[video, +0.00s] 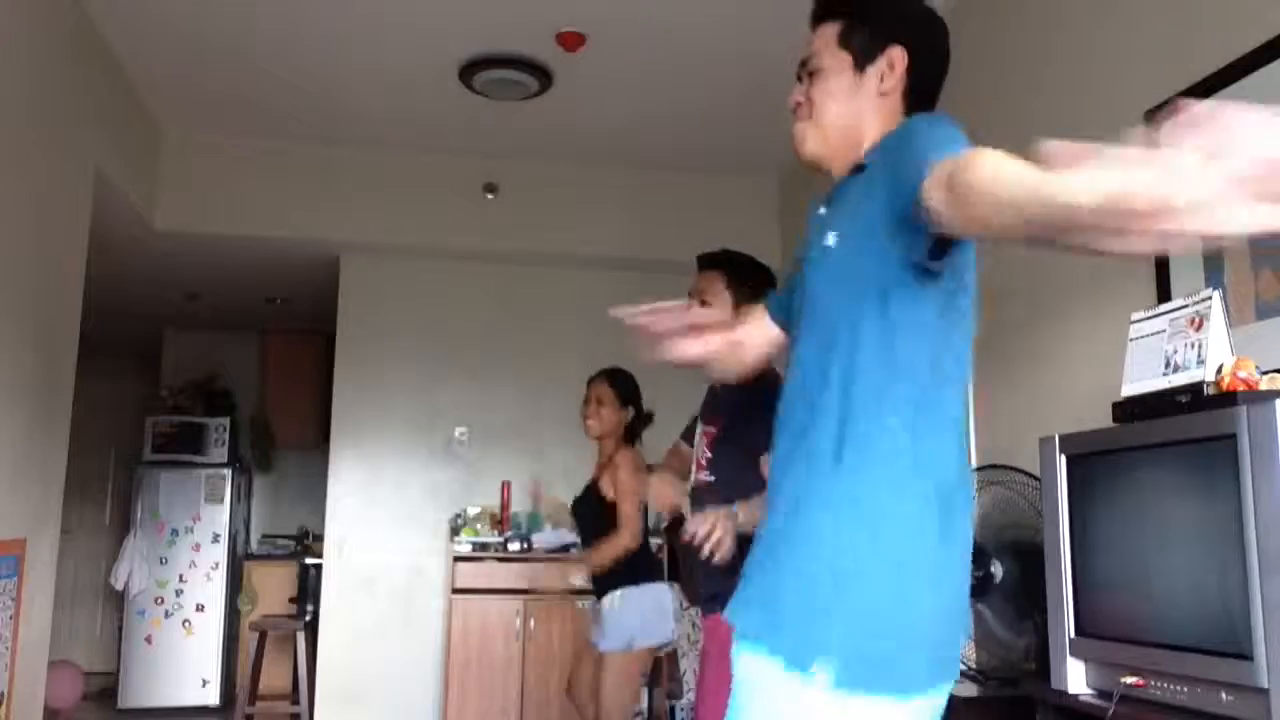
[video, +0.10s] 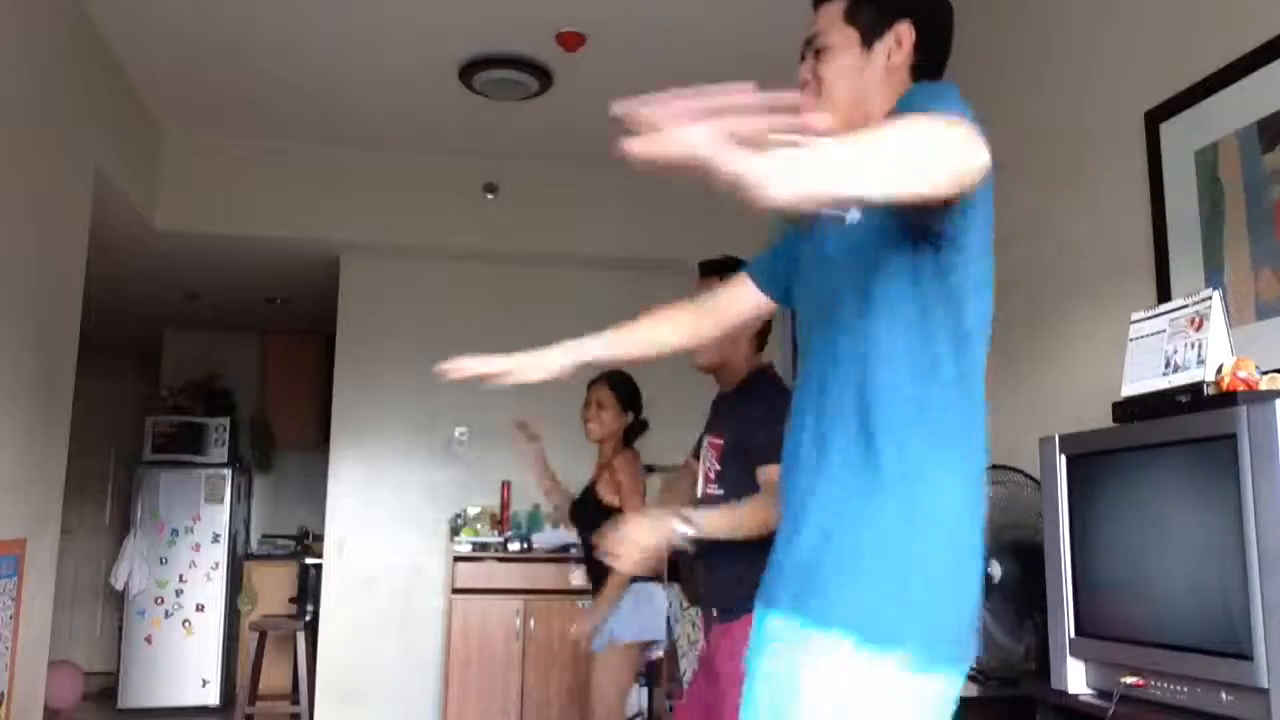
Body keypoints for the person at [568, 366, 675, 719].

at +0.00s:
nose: (589, 412)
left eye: (601, 403)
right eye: (587, 402)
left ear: (627, 413)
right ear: (583, 407)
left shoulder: (625, 460)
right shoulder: (605, 462)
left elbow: (631, 535)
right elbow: (608, 530)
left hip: (635, 596)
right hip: (613, 593)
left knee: (614, 708)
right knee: (581, 693)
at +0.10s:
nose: (590, 414)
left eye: (602, 406)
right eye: (587, 405)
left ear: (627, 417)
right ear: (583, 410)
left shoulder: (624, 461)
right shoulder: (605, 464)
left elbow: (636, 544)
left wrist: (596, 613)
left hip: (632, 592)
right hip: (613, 589)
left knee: (606, 708)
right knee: (601, 706)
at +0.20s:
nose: (591, 401)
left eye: (602, 393)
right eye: (589, 392)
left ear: (626, 404)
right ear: (585, 399)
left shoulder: (625, 450)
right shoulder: (604, 449)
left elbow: (622, 512)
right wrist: (566, 470)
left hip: (627, 570)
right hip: (615, 568)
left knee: (604, 696)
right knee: (601, 694)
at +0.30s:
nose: (600, 406)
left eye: (609, 398)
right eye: (600, 398)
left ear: (630, 403)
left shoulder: (627, 444)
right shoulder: (606, 447)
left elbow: (582, 483)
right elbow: (556, 481)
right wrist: (569, 467)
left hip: (627, 574)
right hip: (613, 574)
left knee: (613, 702)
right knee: (607, 701)